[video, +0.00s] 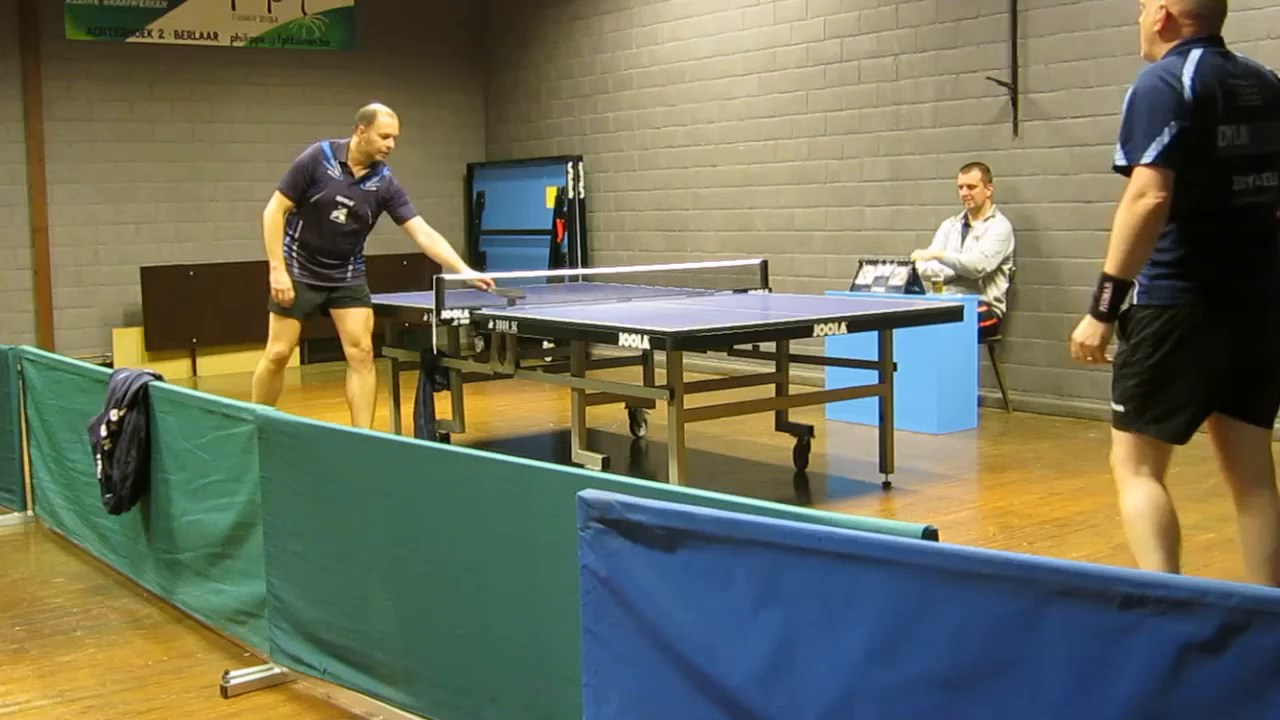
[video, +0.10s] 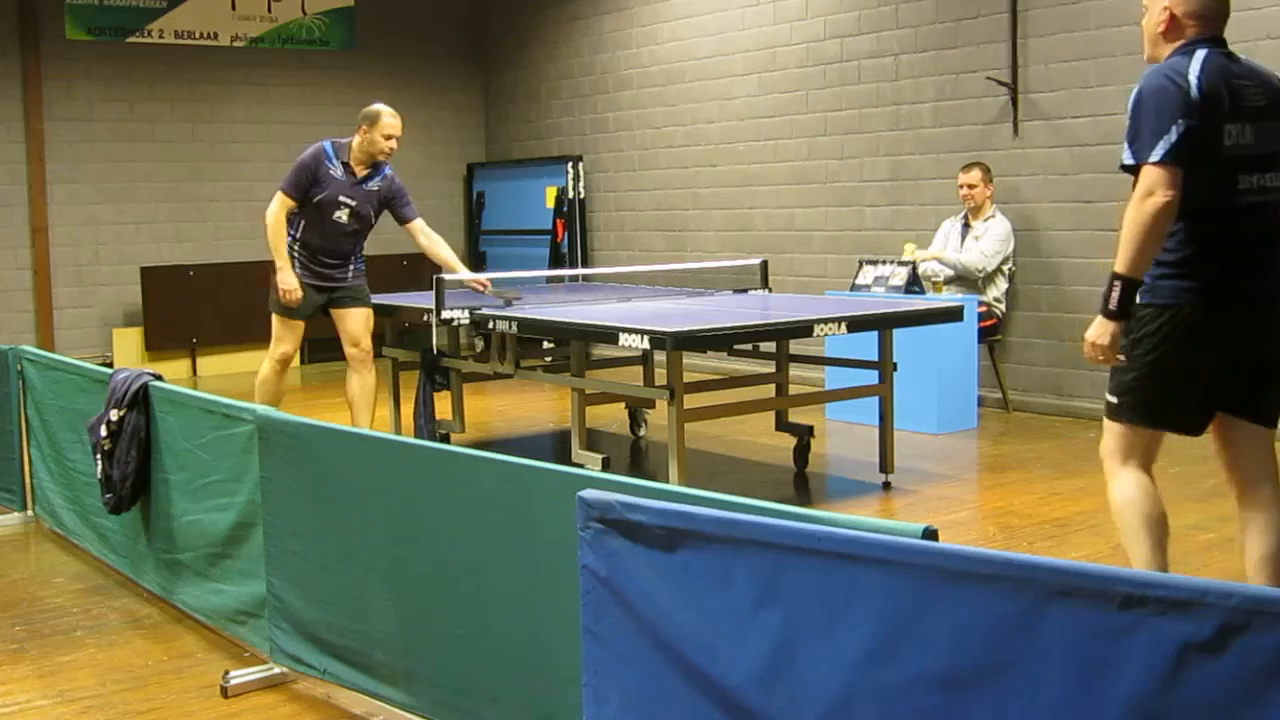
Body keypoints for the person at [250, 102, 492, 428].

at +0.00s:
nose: (391, 145)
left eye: (394, 138)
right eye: (385, 137)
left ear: (393, 139)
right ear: (360, 132)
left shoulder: (385, 183)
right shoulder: (318, 158)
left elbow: (423, 233)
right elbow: (274, 211)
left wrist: (466, 271)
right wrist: (277, 269)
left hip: (348, 275)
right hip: (298, 271)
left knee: (361, 352)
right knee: (278, 354)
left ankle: (362, 443)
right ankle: (257, 430)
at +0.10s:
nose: (395, 146)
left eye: (397, 140)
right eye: (389, 138)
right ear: (363, 133)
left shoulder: (387, 183)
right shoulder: (319, 158)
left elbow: (423, 234)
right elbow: (275, 213)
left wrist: (464, 273)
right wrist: (283, 268)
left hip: (348, 274)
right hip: (300, 270)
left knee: (361, 352)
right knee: (282, 354)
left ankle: (362, 443)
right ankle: (260, 433)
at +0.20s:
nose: (392, 145)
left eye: (395, 138)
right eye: (386, 136)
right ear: (361, 129)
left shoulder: (387, 182)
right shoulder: (317, 158)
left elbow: (415, 231)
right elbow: (280, 217)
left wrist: (444, 272)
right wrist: (298, 273)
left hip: (347, 272)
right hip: (300, 267)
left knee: (362, 351)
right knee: (290, 355)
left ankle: (363, 443)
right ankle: (268, 437)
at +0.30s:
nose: (384, 142)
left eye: (387, 135)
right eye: (379, 134)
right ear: (354, 127)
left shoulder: (377, 175)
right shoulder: (311, 160)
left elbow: (390, 221)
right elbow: (287, 226)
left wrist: (407, 262)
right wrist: (319, 281)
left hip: (342, 268)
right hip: (297, 267)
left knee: (360, 350)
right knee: (300, 355)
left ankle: (363, 443)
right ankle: (273, 439)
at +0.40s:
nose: (374, 144)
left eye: (376, 137)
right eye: (369, 135)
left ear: (352, 131)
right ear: (343, 128)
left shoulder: (358, 168)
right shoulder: (305, 166)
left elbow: (359, 216)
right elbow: (305, 240)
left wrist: (371, 249)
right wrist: (342, 290)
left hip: (334, 263)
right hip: (292, 265)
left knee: (352, 350)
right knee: (306, 356)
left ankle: (362, 442)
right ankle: (279, 443)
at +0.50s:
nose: (366, 147)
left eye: (368, 140)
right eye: (361, 139)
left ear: (341, 135)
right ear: (336, 132)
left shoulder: (334, 165)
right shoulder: (307, 170)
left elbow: (327, 216)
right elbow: (323, 250)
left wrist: (345, 241)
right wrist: (365, 299)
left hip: (317, 259)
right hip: (284, 262)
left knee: (337, 351)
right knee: (301, 359)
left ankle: (360, 438)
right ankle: (278, 444)